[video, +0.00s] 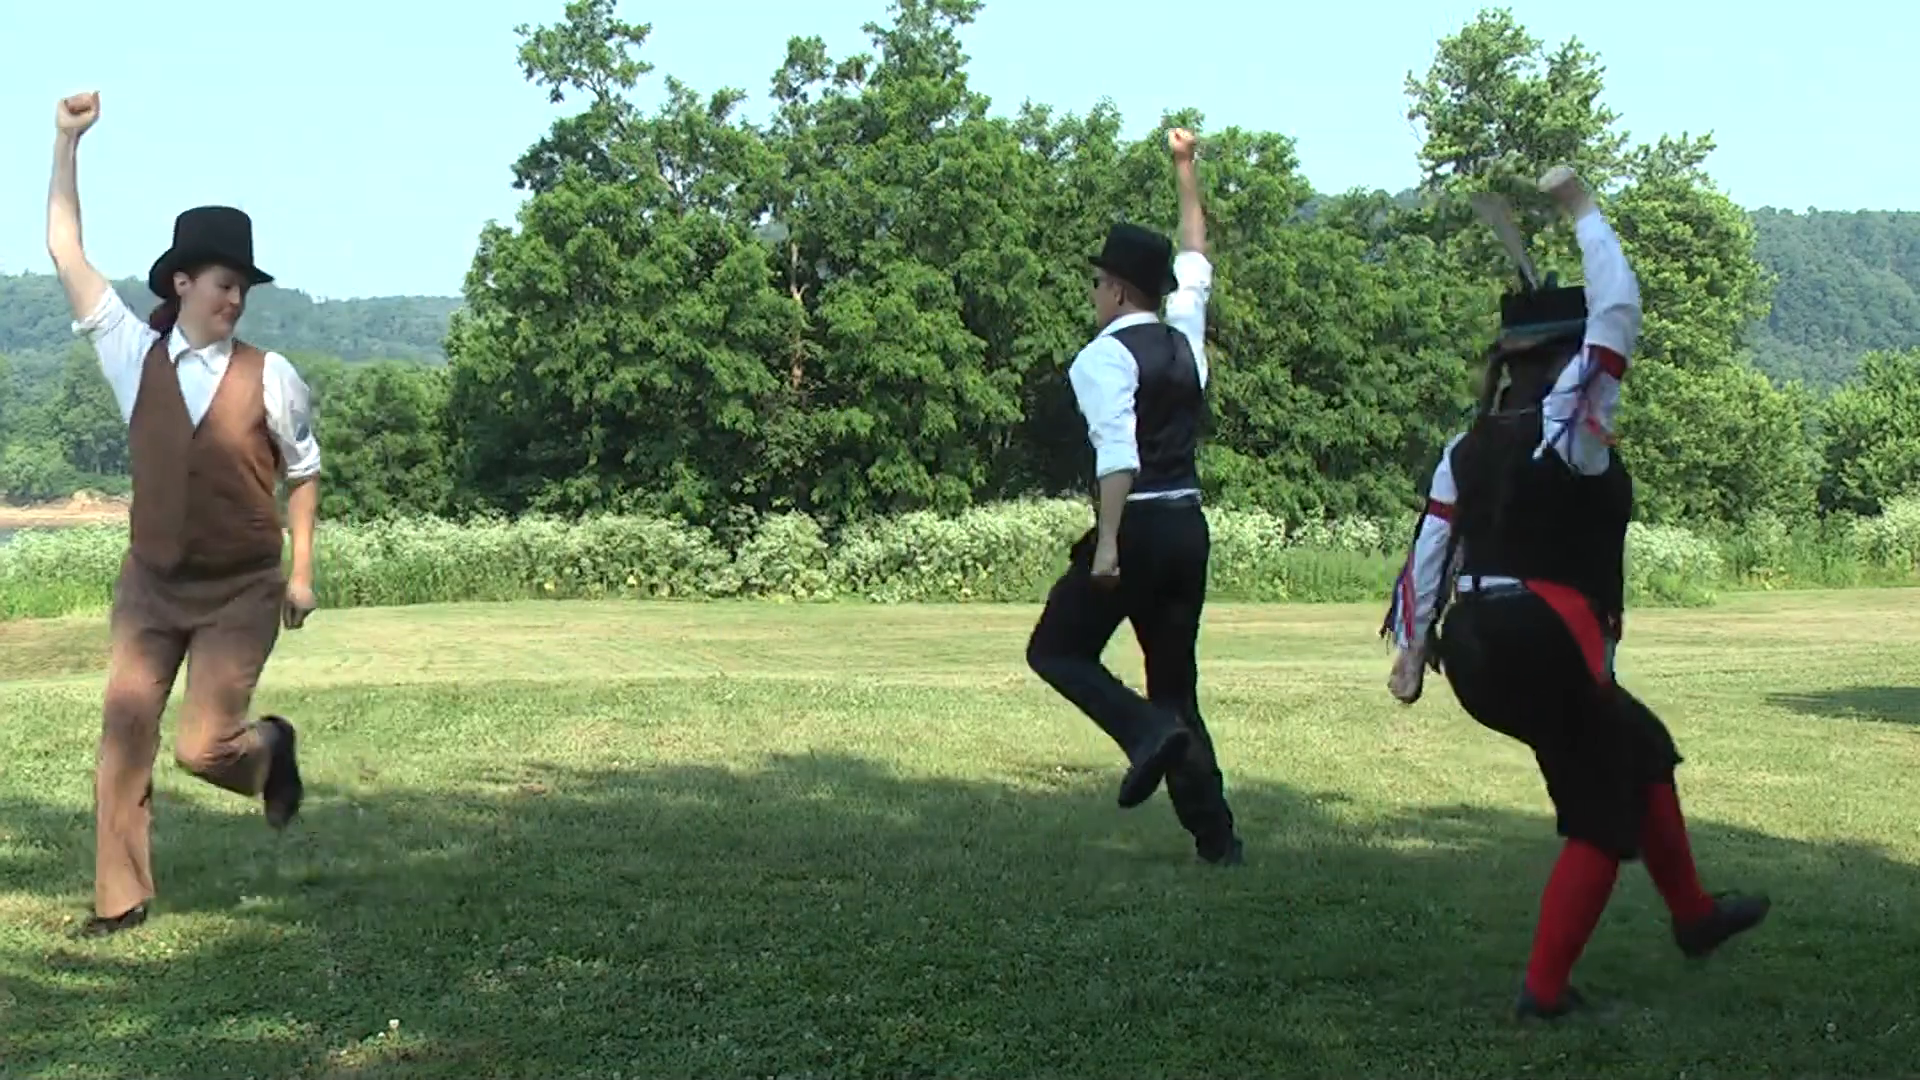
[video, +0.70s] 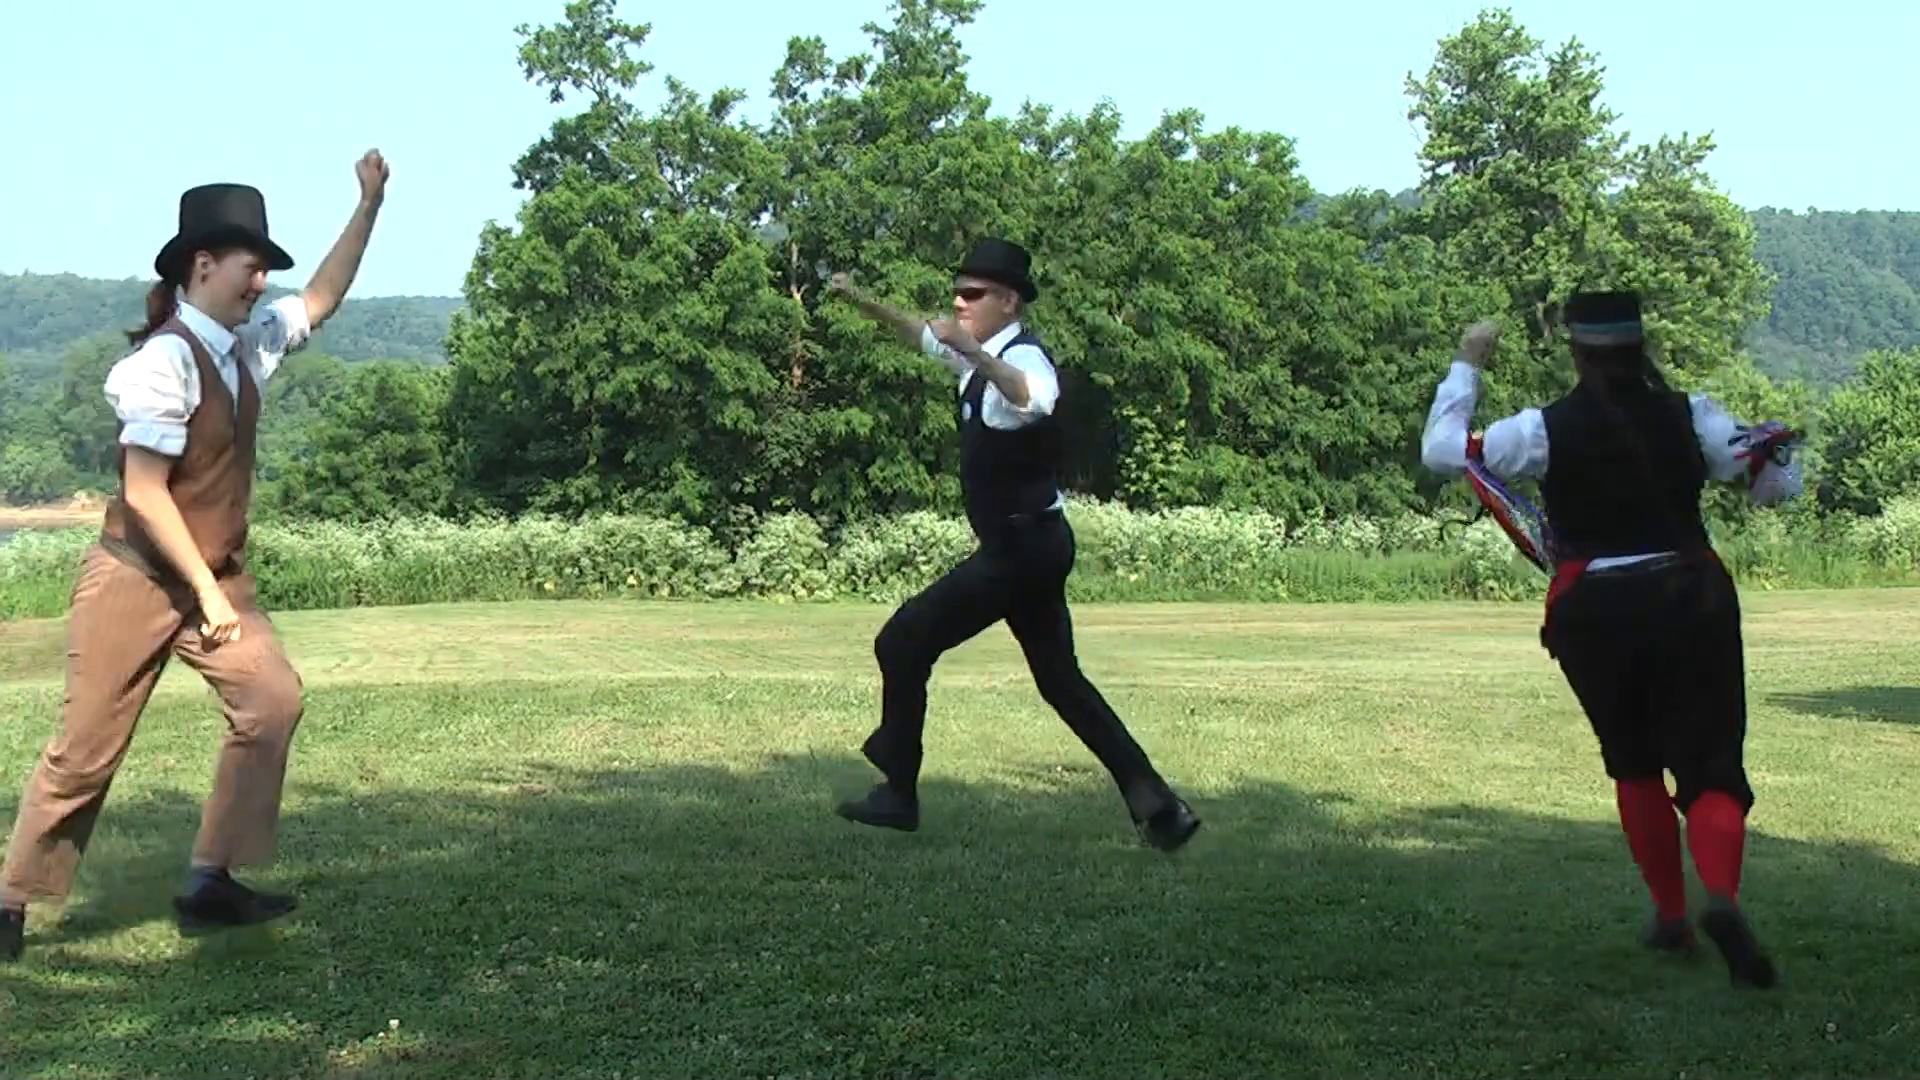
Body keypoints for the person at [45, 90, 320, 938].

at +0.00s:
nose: (237, 300)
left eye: (243, 288)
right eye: (225, 284)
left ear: (244, 294)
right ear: (178, 284)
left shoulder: (271, 377)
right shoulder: (133, 350)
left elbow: (303, 474)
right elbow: (68, 253)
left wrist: (300, 567)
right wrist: (66, 142)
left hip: (243, 588)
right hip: (150, 582)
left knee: (204, 748)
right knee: (125, 721)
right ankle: (121, 896)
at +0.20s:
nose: (220, 237)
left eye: (225, 225)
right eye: (208, 223)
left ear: (216, 231)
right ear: (161, 219)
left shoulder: (222, 309)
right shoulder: (104, 279)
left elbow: (223, 419)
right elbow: (49, 170)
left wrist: (239, 501)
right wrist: (18, 54)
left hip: (208, 509)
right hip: (114, 508)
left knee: (172, 650)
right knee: (91, 697)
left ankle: (146, 675)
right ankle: (81, 854)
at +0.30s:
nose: (207, 248)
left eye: (212, 236)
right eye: (197, 232)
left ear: (193, 244)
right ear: (148, 230)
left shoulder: (203, 329)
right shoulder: (82, 296)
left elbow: (191, 433)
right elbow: (25, 200)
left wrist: (215, 510)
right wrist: (53, 89)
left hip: (182, 531)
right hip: (93, 530)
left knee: (171, 660)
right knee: (69, 722)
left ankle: (116, 692)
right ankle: (34, 894)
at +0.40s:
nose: (198, 290)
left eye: (202, 276)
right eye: (187, 272)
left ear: (179, 280)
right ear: (136, 271)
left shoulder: (188, 377)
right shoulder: (76, 349)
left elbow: (178, 485)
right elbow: (7, 301)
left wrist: (233, 538)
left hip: (165, 578)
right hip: (73, 577)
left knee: (164, 707)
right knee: (54, 760)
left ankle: (87, 747)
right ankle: (11, 921)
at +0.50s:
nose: (206, 305)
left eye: (210, 291)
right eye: (197, 287)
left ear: (166, 290)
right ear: (149, 283)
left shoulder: (183, 379)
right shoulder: (81, 366)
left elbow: (211, 489)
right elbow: (17, 445)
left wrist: (291, 467)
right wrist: (128, 418)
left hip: (160, 593)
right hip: (76, 593)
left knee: (183, 718)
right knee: (59, 776)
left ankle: (88, 816)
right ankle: (17, 929)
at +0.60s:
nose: (225, 299)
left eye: (229, 286)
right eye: (217, 281)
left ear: (181, 281)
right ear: (168, 273)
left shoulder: (202, 368)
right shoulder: (113, 370)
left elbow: (291, 402)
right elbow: (90, 497)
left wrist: (335, 330)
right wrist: (192, 564)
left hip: (172, 586)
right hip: (92, 589)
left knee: (226, 700)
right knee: (65, 766)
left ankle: (151, 857)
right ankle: (17, 927)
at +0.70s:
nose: (264, 278)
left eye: (266, 266)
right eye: (254, 263)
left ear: (233, 271)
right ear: (202, 265)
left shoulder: (250, 342)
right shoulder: (160, 362)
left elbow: (322, 295)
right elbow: (144, 491)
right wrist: (205, 591)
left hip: (216, 578)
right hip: (136, 577)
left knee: (272, 701)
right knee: (85, 752)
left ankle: (210, 881)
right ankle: (11, 902)